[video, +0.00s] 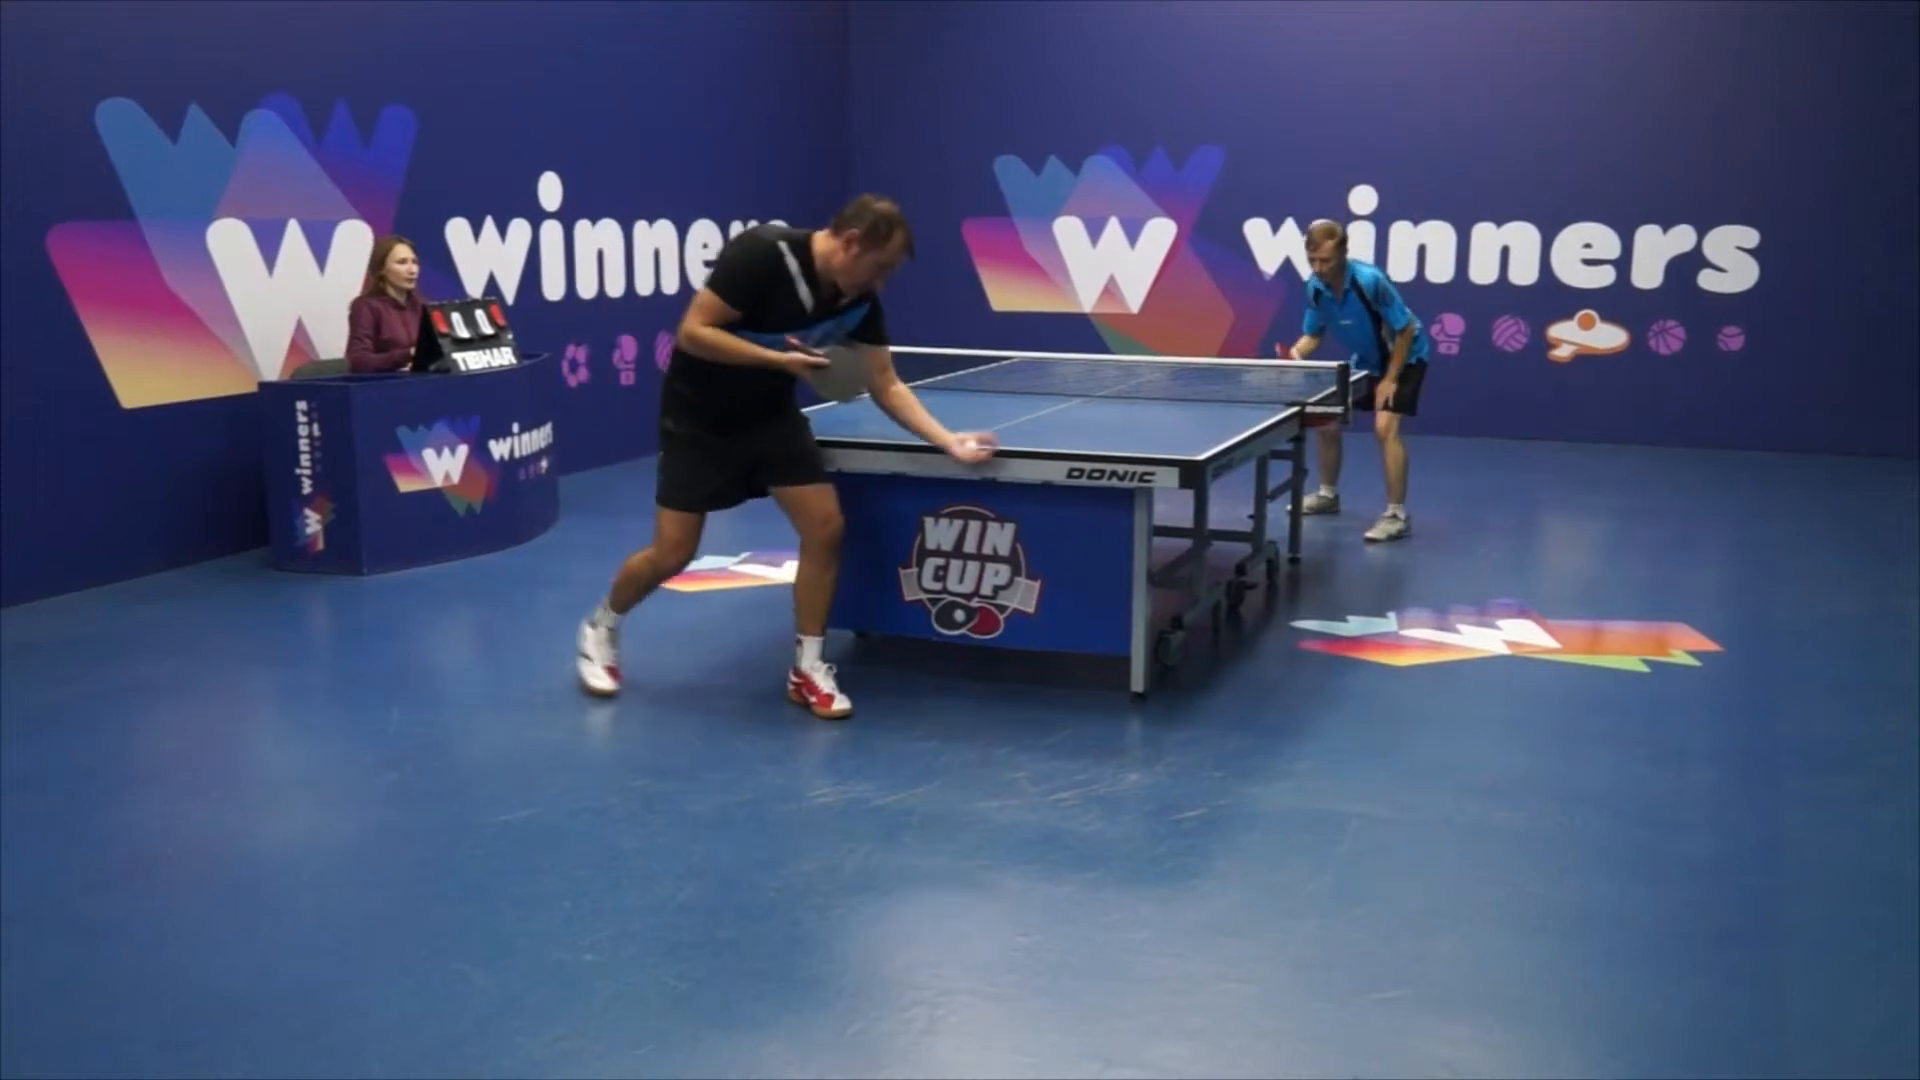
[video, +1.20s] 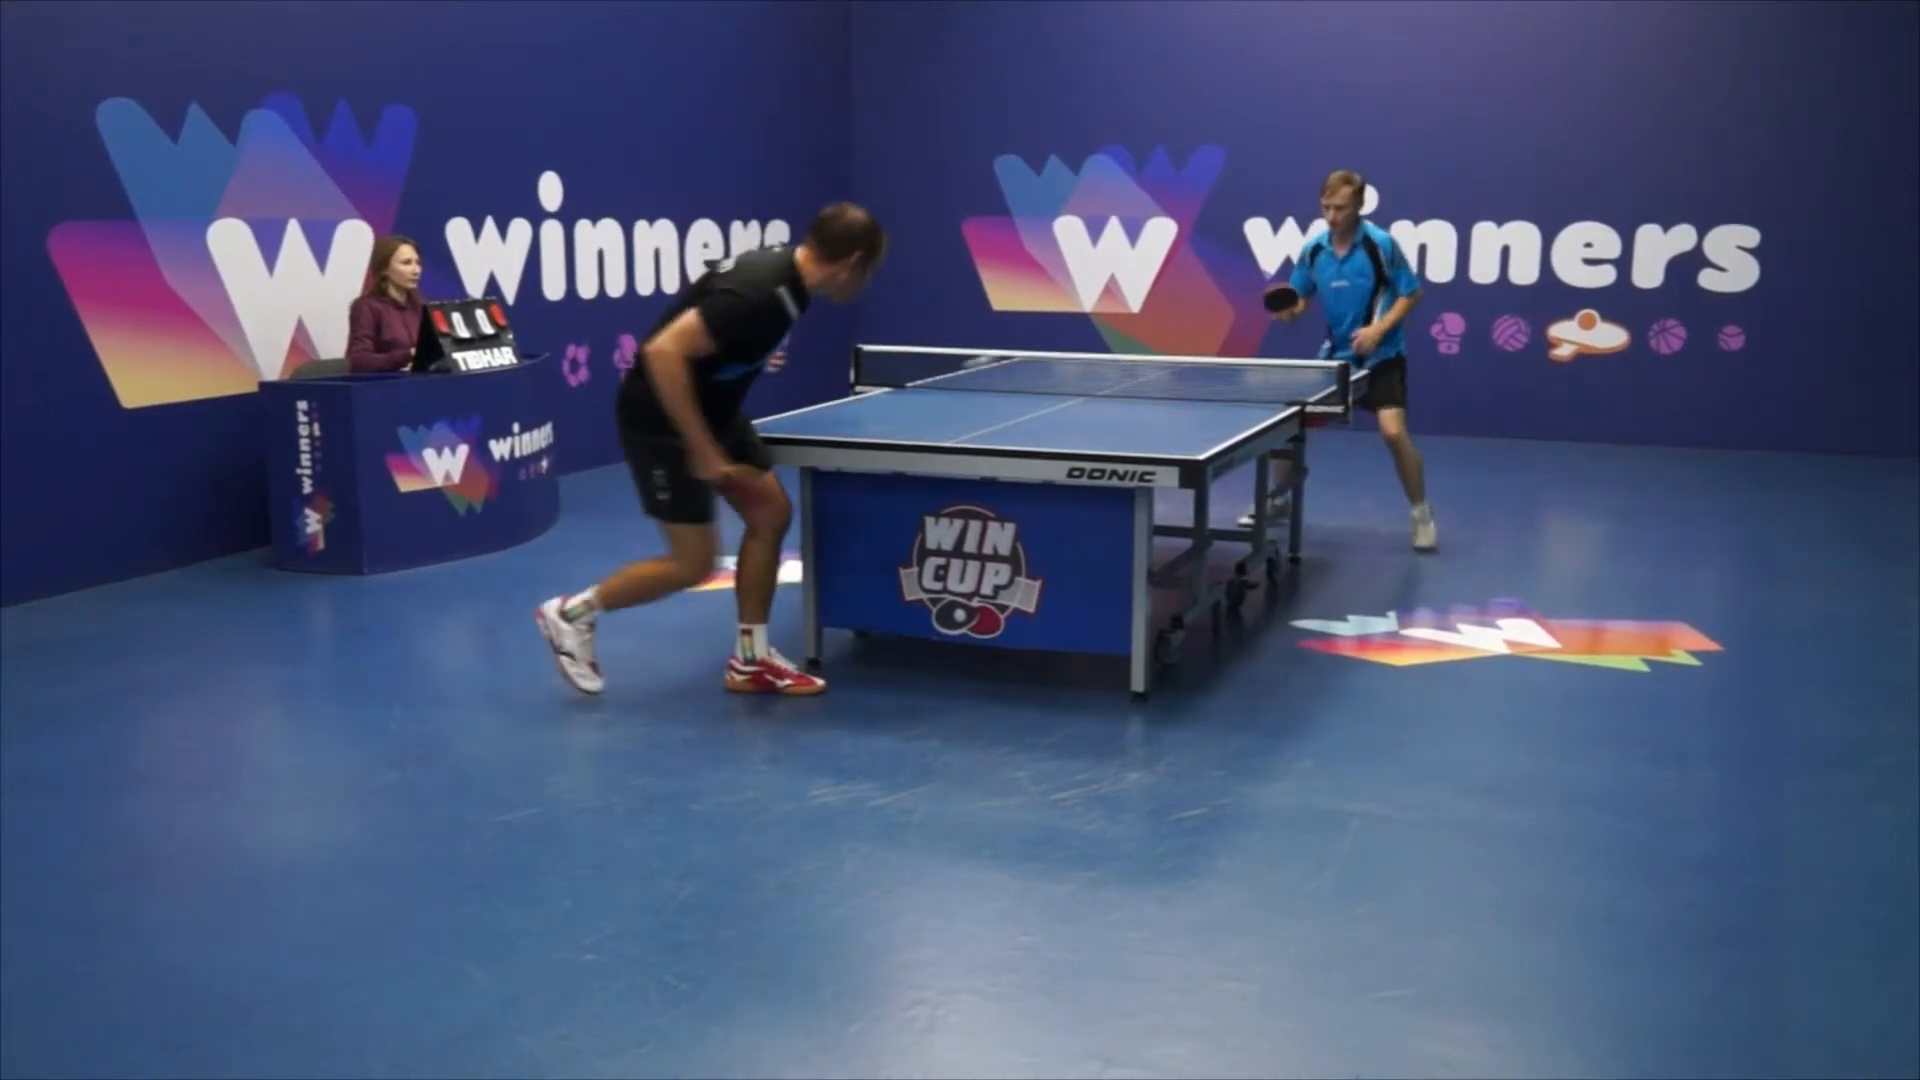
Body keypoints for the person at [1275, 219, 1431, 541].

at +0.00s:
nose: (1319, 268)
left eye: (1326, 260)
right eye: (1314, 261)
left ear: (1343, 254)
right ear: (1308, 257)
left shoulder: (1369, 280)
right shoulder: (1315, 288)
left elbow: (1406, 329)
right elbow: (1312, 334)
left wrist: (1390, 378)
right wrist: (1294, 354)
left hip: (1405, 355)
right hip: (1367, 358)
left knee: (1385, 427)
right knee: (1327, 418)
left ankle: (1396, 513)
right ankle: (1327, 494)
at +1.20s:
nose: (1332, 216)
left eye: (1340, 209)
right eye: (1327, 208)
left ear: (1359, 209)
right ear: (1322, 207)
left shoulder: (1381, 244)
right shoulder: (1314, 249)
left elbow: (1411, 292)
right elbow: (1301, 298)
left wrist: (1379, 329)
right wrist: (1289, 310)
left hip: (1382, 352)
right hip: (1334, 353)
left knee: (1393, 432)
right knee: (1287, 414)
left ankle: (1421, 513)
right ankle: (1278, 499)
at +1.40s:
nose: (1319, 243)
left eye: (1326, 236)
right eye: (1316, 235)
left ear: (1345, 234)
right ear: (1311, 233)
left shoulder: (1371, 267)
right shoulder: (1304, 275)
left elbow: (1409, 306)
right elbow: (1290, 325)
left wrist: (1381, 328)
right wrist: (1282, 364)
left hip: (1373, 375)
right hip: (1323, 375)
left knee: (1397, 444)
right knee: (1268, 429)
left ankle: (1425, 521)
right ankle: (1226, 498)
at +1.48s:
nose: (1309, 260)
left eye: (1316, 253)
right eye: (1305, 253)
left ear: (1334, 250)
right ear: (1300, 250)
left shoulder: (1358, 278)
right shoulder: (1290, 285)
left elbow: (1405, 308)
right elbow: (1265, 330)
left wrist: (1377, 321)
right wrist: (1260, 370)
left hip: (1363, 380)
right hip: (1314, 381)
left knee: (1393, 444)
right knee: (1261, 437)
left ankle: (1420, 522)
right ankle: (1213, 502)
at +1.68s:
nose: (1309, 281)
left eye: (1316, 275)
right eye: (1304, 273)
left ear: (1331, 268)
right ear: (1297, 265)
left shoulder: (1346, 292)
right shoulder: (1282, 288)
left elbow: (1381, 324)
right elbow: (1223, 305)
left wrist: (1347, 314)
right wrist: (1237, 339)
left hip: (1343, 384)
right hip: (1294, 385)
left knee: (1378, 446)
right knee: (1251, 448)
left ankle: (1419, 523)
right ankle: (1202, 507)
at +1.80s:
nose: (1323, 248)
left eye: (1330, 241)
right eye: (1318, 239)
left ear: (1345, 238)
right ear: (1311, 235)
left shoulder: (1359, 267)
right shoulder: (1296, 268)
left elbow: (1400, 281)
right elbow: (1249, 296)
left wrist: (1361, 287)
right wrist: (1227, 291)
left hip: (1352, 375)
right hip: (1301, 375)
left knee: (1384, 440)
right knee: (1250, 434)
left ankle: (1420, 522)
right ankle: (1205, 503)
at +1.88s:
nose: (1330, 227)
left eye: (1337, 220)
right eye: (1326, 219)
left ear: (1354, 219)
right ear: (1320, 216)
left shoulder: (1372, 250)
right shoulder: (1307, 250)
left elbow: (1419, 268)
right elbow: (1262, 276)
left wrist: (1381, 284)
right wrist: (1234, 293)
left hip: (1362, 366)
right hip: (1311, 365)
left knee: (1389, 435)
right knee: (1263, 426)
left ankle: (1421, 519)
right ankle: (1228, 495)